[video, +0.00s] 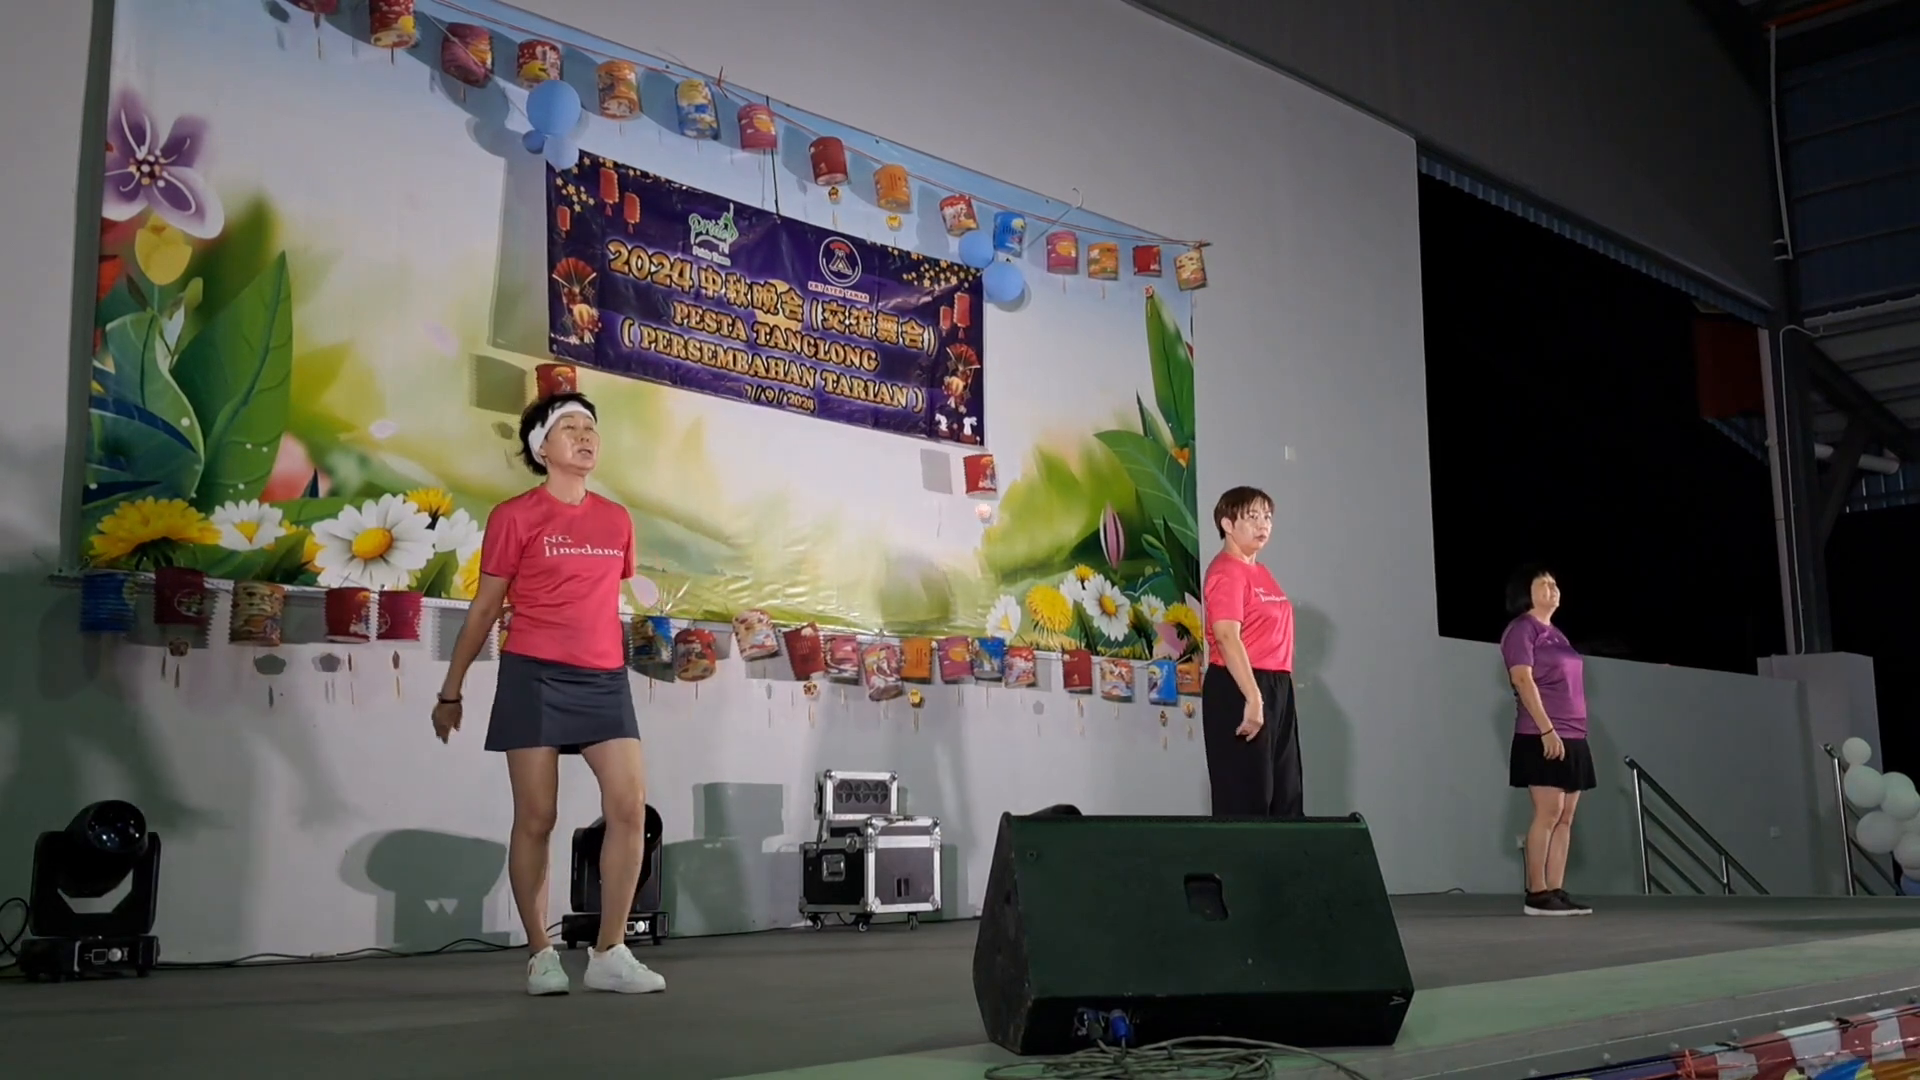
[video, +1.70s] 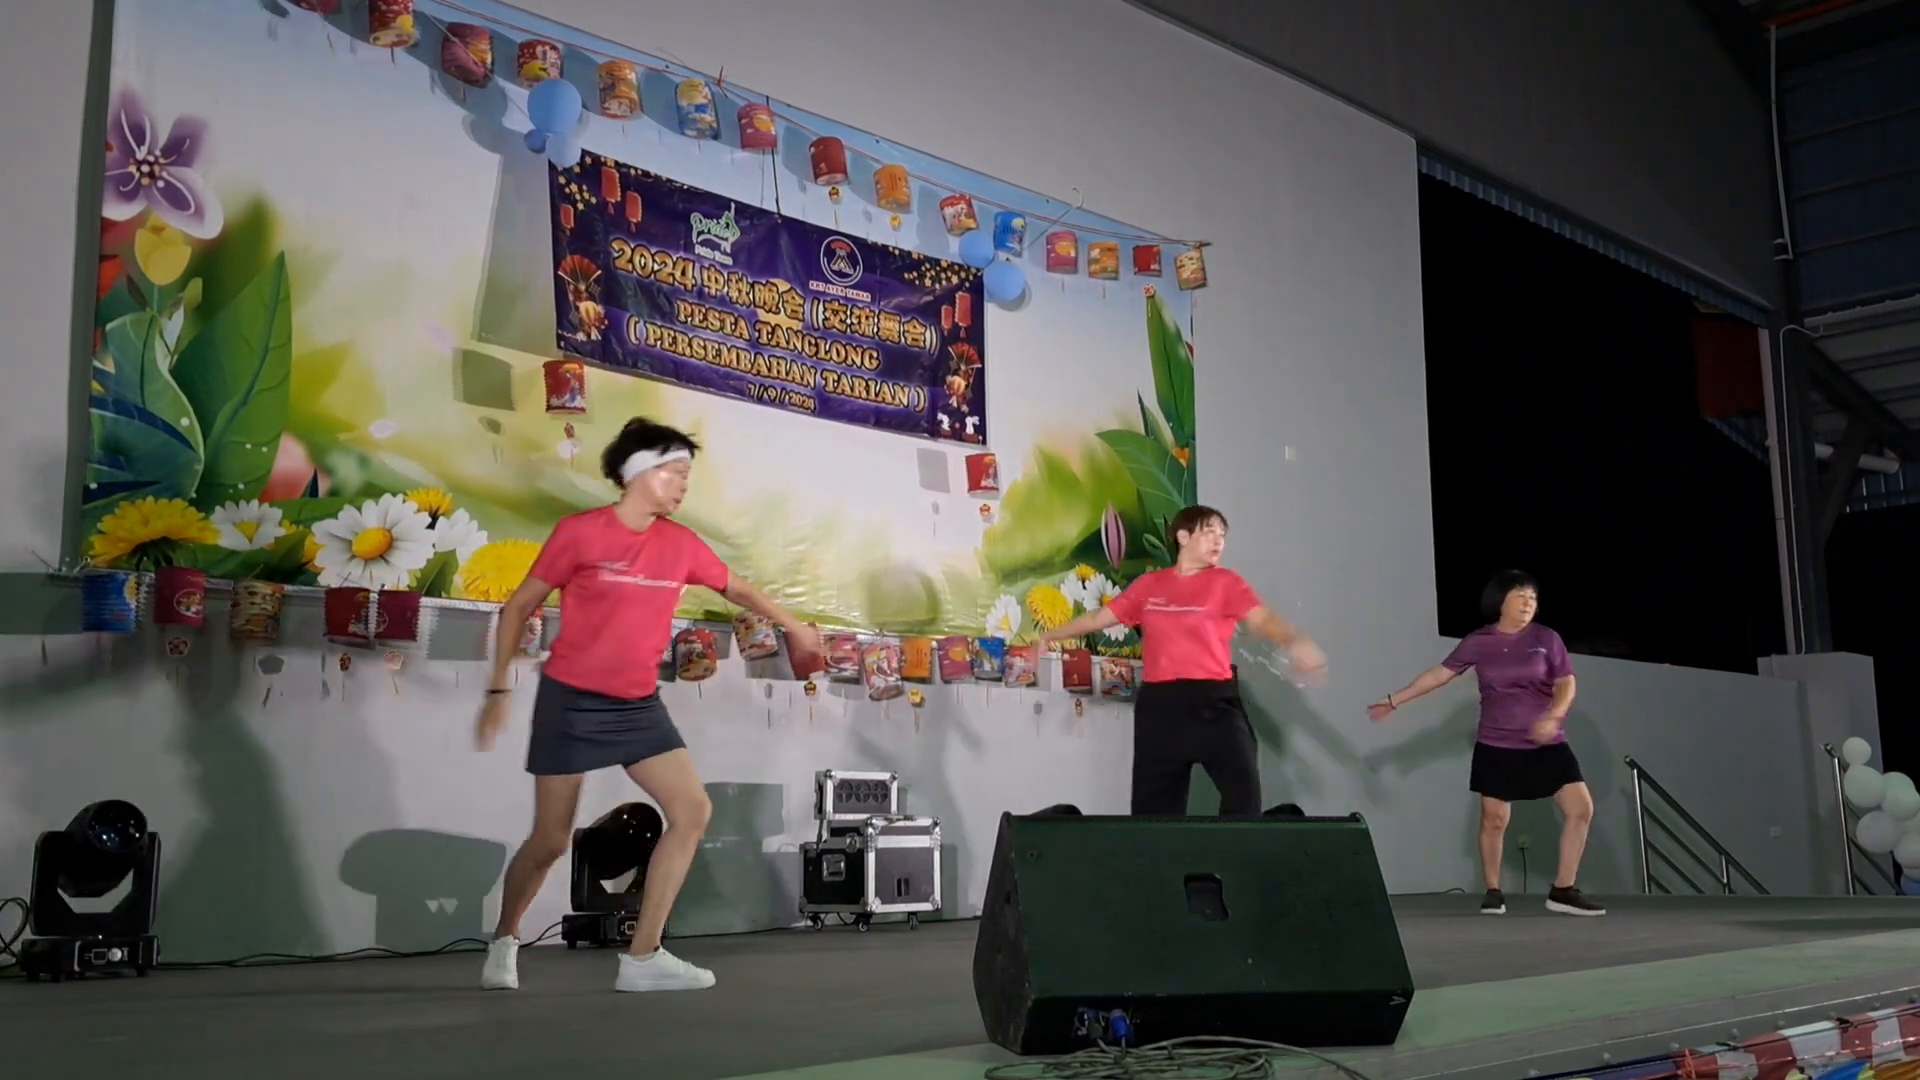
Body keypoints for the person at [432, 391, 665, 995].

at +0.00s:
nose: (585, 438)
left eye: (590, 430)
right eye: (570, 430)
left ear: (598, 446)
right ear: (541, 447)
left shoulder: (617, 520)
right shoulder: (514, 516)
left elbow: (617, 604)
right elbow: (485, 609)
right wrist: (451, 688)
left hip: (603, 679)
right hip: (532, 678)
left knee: (629, 806)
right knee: (536, 817)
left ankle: (610, 949)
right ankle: (541, 950)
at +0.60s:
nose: (583, 437)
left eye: (589, 428)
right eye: (568, 428)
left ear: (597, 441)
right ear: (539, 442)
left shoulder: (619, 514)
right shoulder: (512, 512)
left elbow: (643, 593)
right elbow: (471, 594)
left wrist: (680, 609)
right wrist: (488, 613)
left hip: (606, 677)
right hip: (533, 676)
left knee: (616, 812)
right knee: (532, 816)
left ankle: (597, 948)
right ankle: (541, 950)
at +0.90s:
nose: (592, 466)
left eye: (599, 455)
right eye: (580, 454)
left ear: (606, 461)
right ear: (546, 457)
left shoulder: (619, 526)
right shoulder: (507, 528)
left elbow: (645, 607)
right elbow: (484, 616)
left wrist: (667, 608)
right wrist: (438, 656)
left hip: (604, 684)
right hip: (530, 683)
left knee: (623, 809)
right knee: (531, 827)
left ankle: (594, 951)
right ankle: (512, 930)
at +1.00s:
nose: (584, 482)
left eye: (594, 472)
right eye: (572, 469)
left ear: (601, 478)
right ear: (544, 470)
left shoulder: (615, 539)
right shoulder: (504, 540)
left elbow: (634, 623)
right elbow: (477, 632)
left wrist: (627, 649)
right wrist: (427, 704)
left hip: (596, 697)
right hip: (519, 696)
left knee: (624, 811)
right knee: (510, 836)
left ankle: (593, 949)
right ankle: (503, 945)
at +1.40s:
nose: (602, 493)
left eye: (612, 484)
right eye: (591, 480)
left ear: (619, 491)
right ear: (562, 484)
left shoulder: (620, 550)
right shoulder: (518, 544)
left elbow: (653, 613)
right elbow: (490, 621)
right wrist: (457, 682)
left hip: (586, 709)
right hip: (511, 703)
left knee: (641, 808)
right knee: (507, 839)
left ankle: (635, 950)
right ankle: (506, 947)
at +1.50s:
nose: (623, 491)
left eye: (631, 481)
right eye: (611, 478)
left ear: (636, 487)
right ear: (578, 480)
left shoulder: (640, 548)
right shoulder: (531, 543)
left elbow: (706, 596)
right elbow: (492, 615)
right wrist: (448, 684)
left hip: (596, 708)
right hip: (520, 701)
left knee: (654, 809)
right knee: (514, 841)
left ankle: (638, 954)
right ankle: (506, 948)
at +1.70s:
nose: (683, 486)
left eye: (686, 476)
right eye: (673, 473)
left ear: (675, 481)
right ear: (637, 473)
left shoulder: (681, 545)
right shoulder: (579, 534)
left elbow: (740, 591)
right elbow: (519, 607)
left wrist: (795, 625)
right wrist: (498, 688)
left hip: (638, 704)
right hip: (568, 700)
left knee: (691, 812)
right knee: (551, 841)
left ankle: (643, 955)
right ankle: (505, 934)